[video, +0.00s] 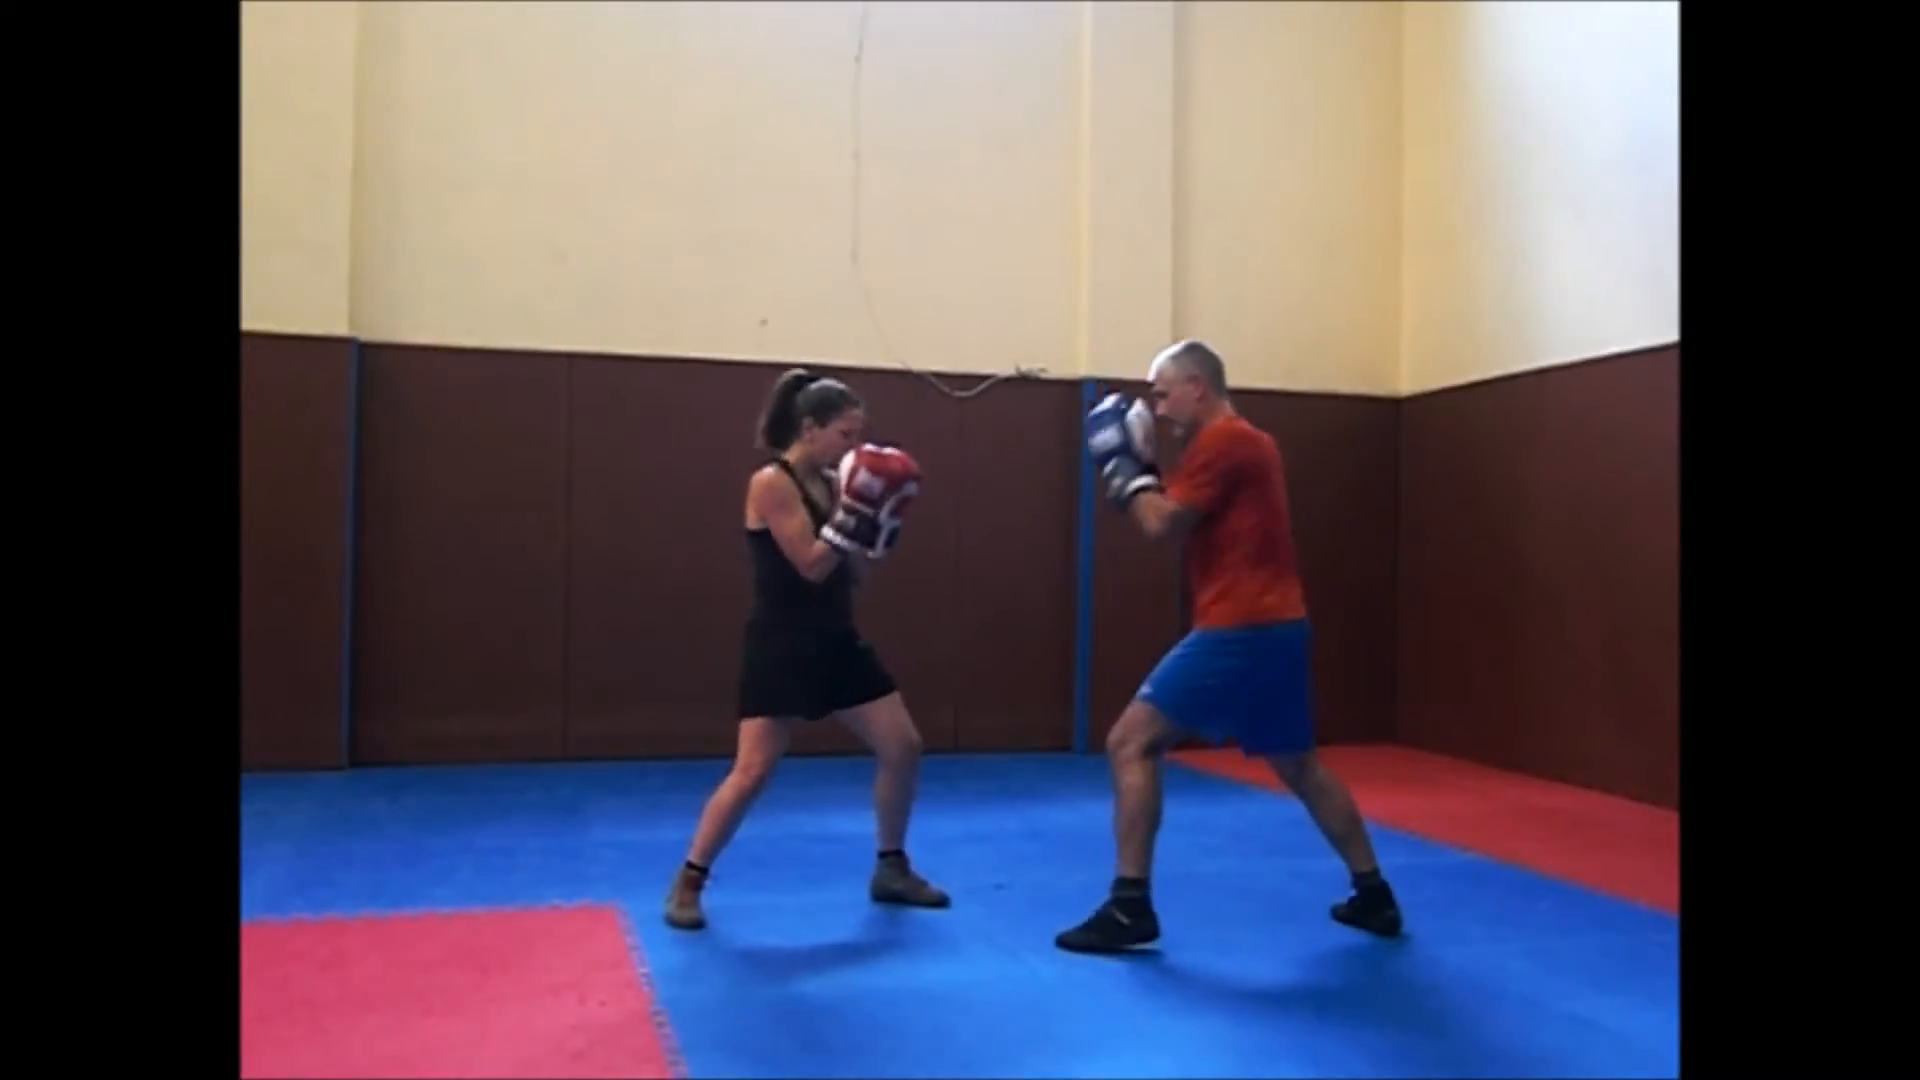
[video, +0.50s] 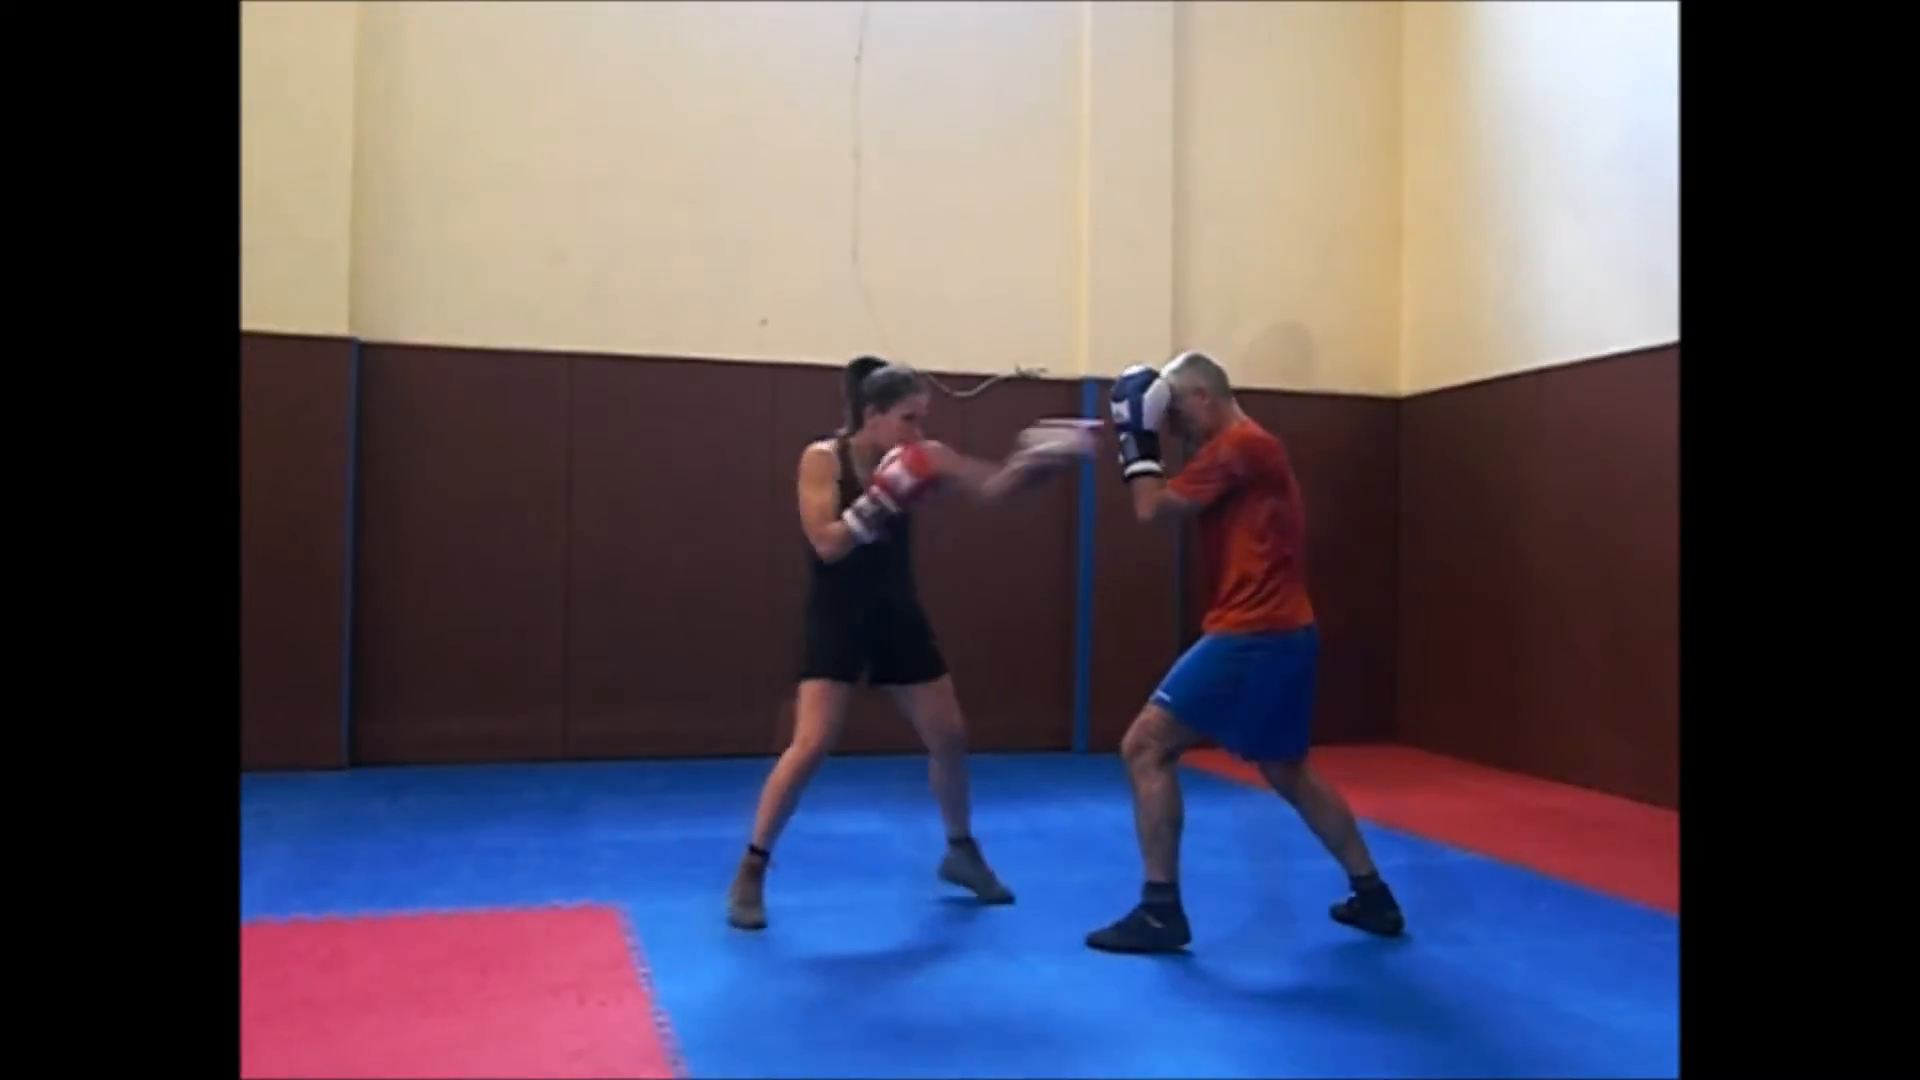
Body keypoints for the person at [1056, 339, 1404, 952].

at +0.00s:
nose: (1157, 408)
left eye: (1163, 393)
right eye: (1155, 396)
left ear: (1196, 387)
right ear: (1202, 389)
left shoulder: (1221, 441)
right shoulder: (1247, 440)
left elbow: (1160, 519)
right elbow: (1179, 505)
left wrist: (1119, 465)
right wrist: (1147, 460)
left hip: (1233, 632)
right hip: (1278, 630)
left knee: (1130, 744)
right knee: (1302, 767)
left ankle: (1130, 907)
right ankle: (1374, 894)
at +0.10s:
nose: (1172, 407)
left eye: (1175, 393)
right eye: (1168, 396)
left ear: (1206, 385)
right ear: (1211, 386)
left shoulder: (1237, 438)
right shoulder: (1248, 437)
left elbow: (1154, 498)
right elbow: (1165, 488)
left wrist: (1124, 432)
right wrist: (1133, 428)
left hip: (1245, 627)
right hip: (1284, 627)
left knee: (1144, 741)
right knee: (1299, 766)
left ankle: (1157, 907)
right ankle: (1375, 894)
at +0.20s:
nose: (1174, 408)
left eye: (1177, 395)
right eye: (1170, 398)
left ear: (1207, 389)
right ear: (1214, 389)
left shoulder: (1237, 442)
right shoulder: (1251, 441)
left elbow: (1147, 491)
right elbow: (1162, 484)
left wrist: (1124, 425)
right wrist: (1136, 421)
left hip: (1247, 632)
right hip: (1283, 632)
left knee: (1150, 746)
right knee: (1290, 766)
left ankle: (1161, 910)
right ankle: (1374, 894)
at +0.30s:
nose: (1174, 415)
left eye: (1177, 401)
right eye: (1171, 404)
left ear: (1205, 393)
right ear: (1214, 395)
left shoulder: (1237, 445)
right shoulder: (1251, 443)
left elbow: (1147, 500)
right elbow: (1164, 488)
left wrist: (1130, 431)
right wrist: (1141, 426)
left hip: (1246, 632)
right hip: (1285, 632)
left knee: (1146, 746)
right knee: (1288, 769)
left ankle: (1160, 910)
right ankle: (1373, 895)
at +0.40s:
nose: (1173, 422)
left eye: (1174, 408)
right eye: (1169, 411)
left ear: (1203, 397)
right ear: (1214, 398)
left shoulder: (1239, 446)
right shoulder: (1251, 445)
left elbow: (1150, 505)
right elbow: (1165, 494)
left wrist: (1132, 434)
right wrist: (1141, 428)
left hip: (1246, 633)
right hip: (1284, 632)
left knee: (1145, 747)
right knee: (1289, 770)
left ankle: (1160, 910)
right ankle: (1373, 895)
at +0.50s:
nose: (1174, 424)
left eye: (1176, 410)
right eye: (1171, 414)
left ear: (1201, 399)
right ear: (1215, 400)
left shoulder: (1237, 447)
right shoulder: (1252, 445)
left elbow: (1152, 506)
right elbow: (1168, 490)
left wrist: (1133, 437)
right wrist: (1143, 430)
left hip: (1246, 634)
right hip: (1285, 634)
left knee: (1145, 748)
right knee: (1289, 771)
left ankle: (1160, 911)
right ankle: (1374, 896)